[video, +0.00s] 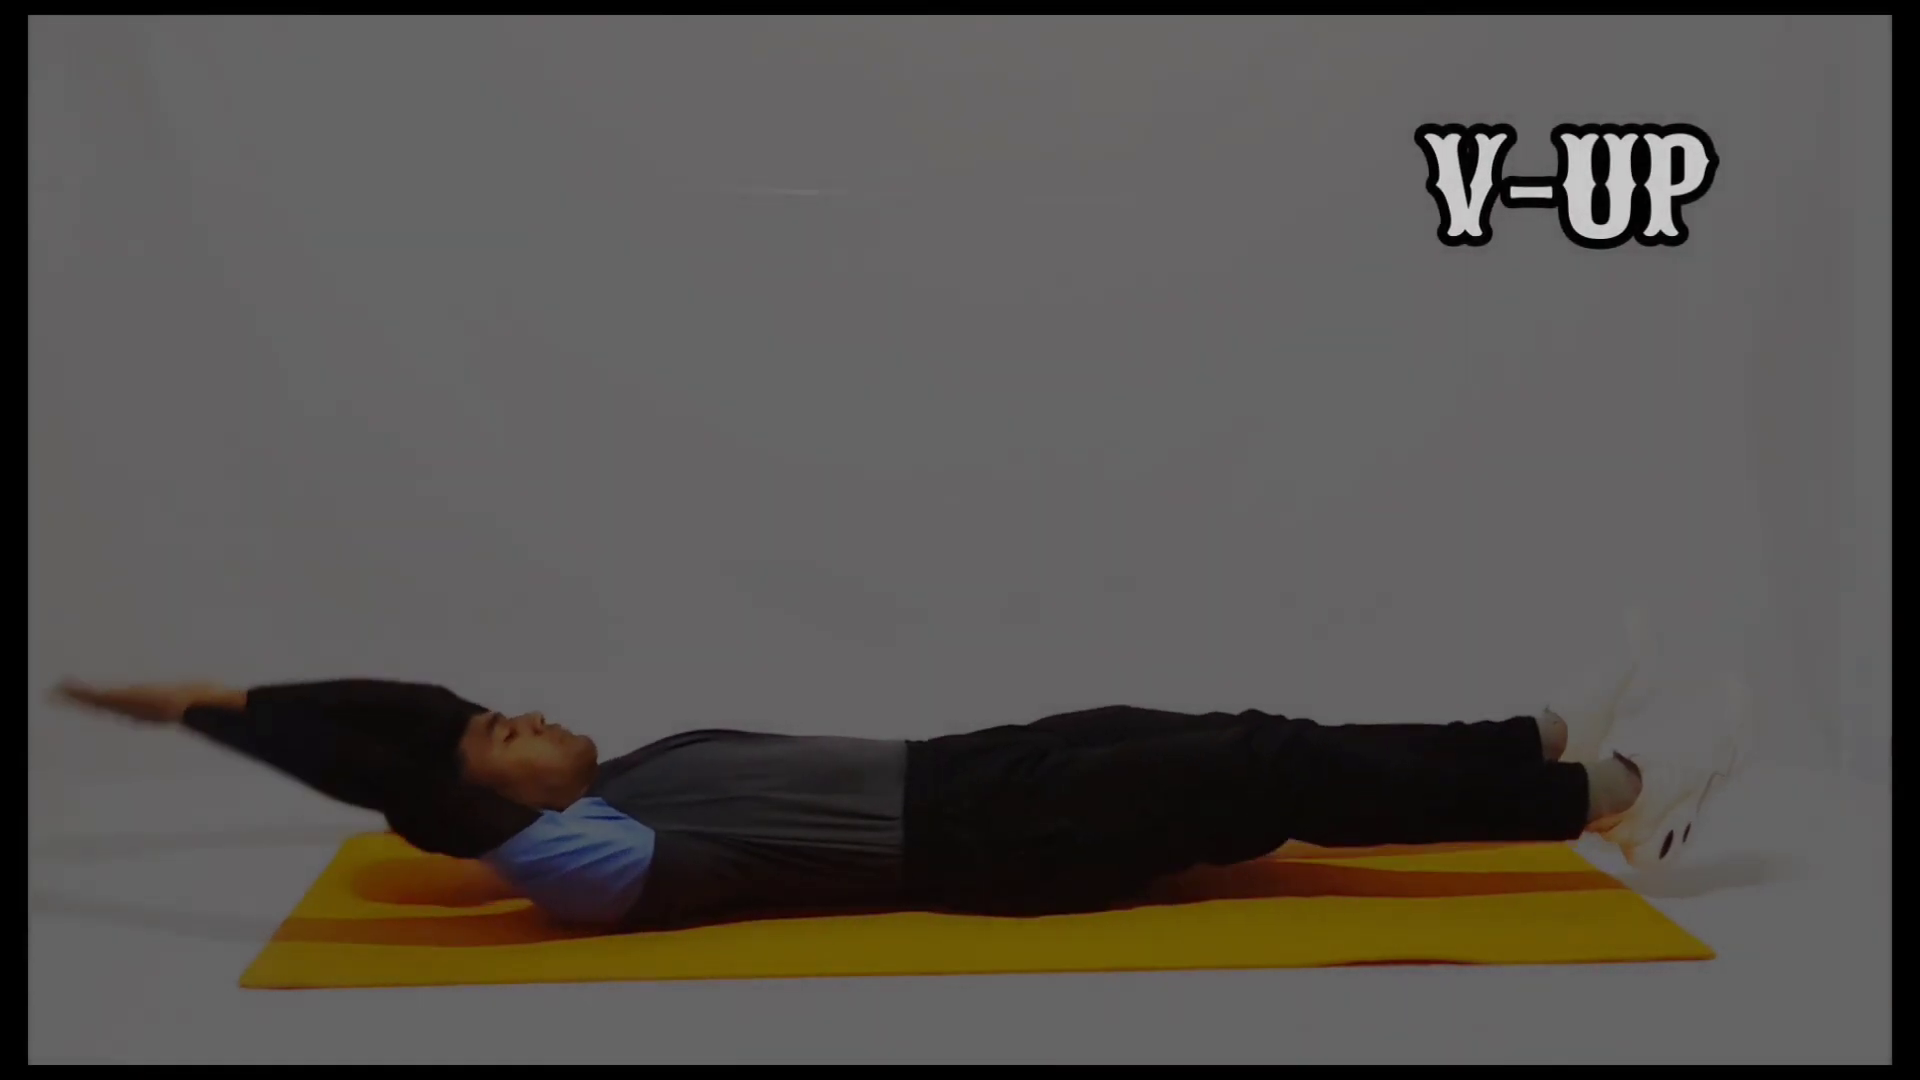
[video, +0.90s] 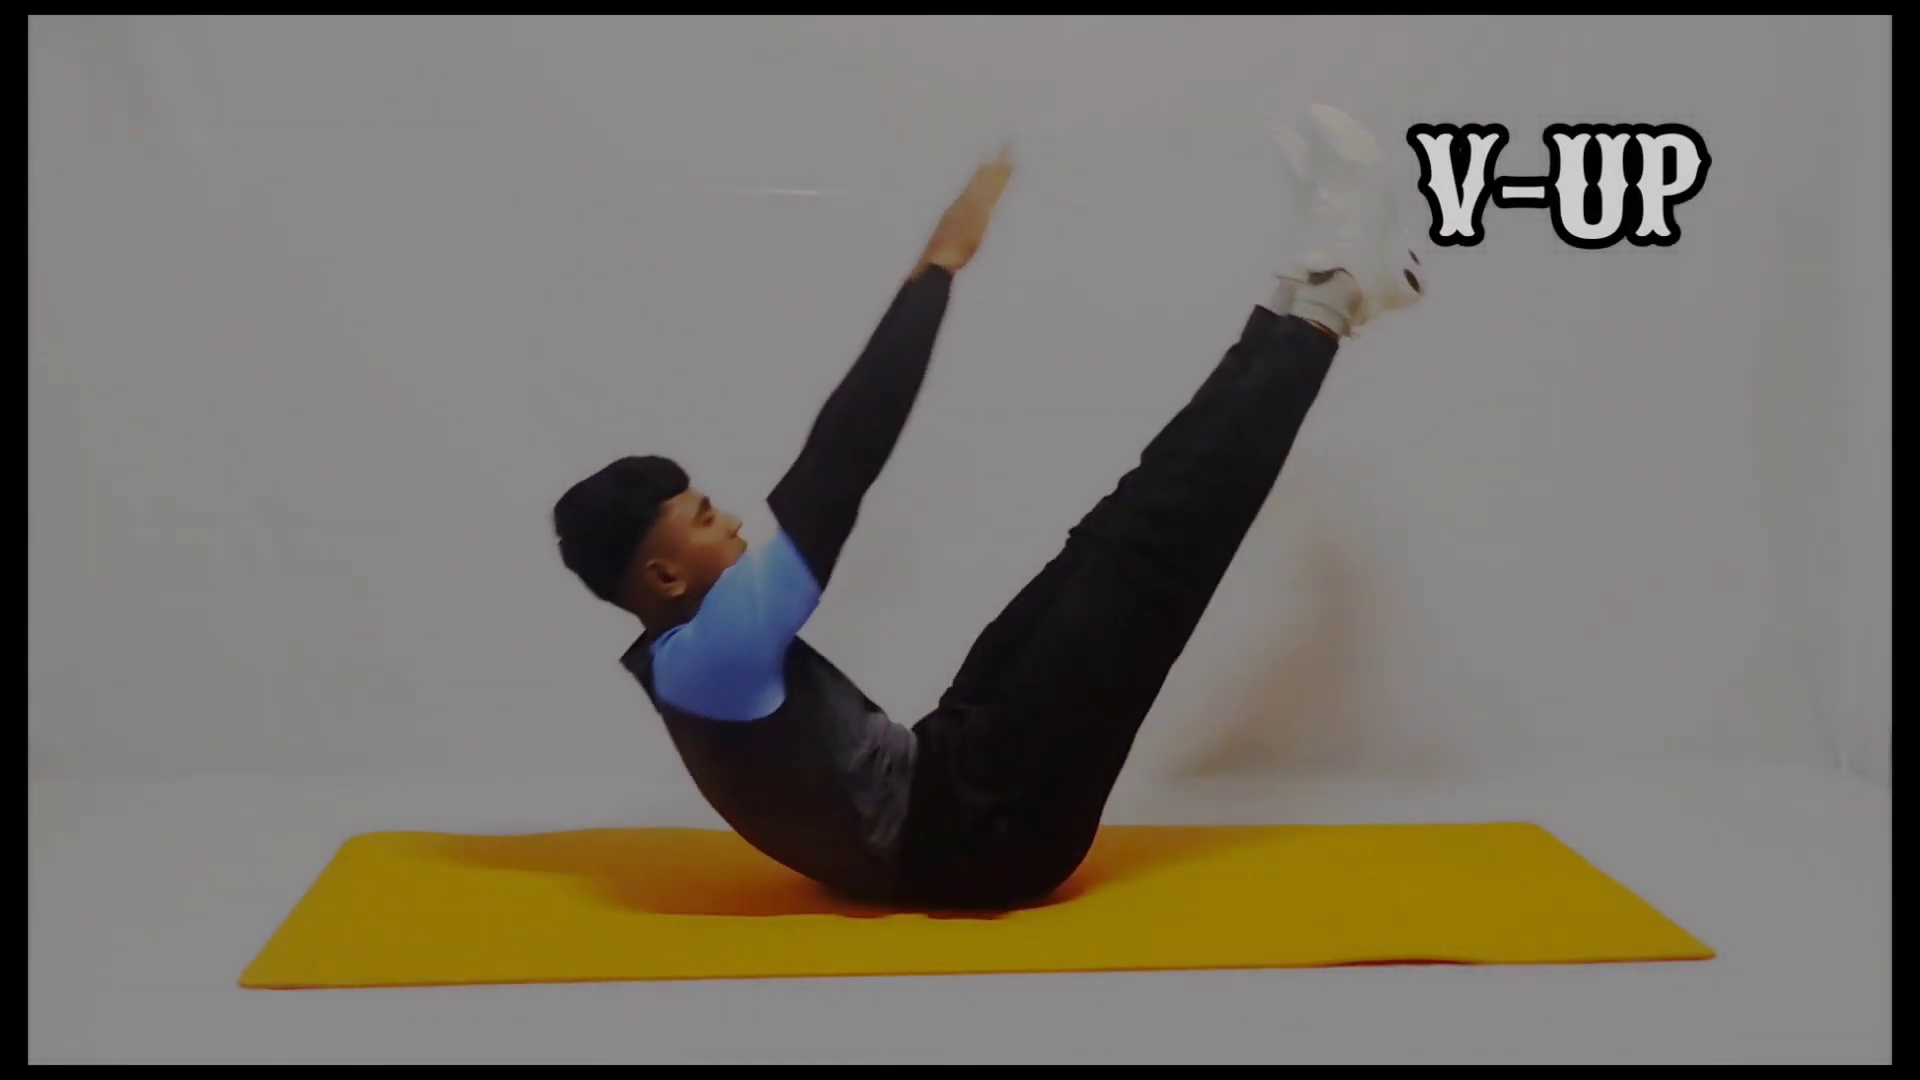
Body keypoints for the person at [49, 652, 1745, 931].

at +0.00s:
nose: (534, 741)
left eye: (515, 728)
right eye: (505, 754)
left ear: (532, 743)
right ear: (497, 811)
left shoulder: (621, 784)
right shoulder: (602, 852)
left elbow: (397, 741)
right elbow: (501, 850)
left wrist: (208, 704)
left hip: (977, 766)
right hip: (966, 829)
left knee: (1245, 737)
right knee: (1246, 773)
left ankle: (1535, 761)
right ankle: (1553, 784)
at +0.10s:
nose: (574, 686)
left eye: (556, 672)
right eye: (549, 681)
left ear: (525, 733)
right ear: (521, 738)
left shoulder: (607, 780)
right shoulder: (593, 829)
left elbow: (486, 648)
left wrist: (342, 533)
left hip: (970, 768)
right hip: (976, 820)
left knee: (1247, 722)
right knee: (1245, 743)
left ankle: (1549, 708)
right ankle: (1557, 722)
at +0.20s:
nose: (582, 664)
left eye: (566, 659)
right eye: (557, 668)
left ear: (539, 704)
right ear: (530, 711)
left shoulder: (625, 751)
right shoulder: (605, 793)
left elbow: (613, 565)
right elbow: (616, 571)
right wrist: (561, 407)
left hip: (958, 777)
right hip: (963, 828)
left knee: (1222, 678)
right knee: (1232, 716)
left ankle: (1521, 614)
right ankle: (1536, 634)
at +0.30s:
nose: (631, 622)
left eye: (615, 606)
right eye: (600, 623)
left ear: (600, 634)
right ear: (552, 683)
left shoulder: (652, 715)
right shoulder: (637, 743)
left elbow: (720, 544)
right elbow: (727, 555)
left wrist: (738, 370)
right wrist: (770, 365)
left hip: (963, 787)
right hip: (962, 831)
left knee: (1207, 639)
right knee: (1217, 663)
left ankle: (1489, 522)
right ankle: (1517, 541)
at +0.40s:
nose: (688, 561)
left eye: (673, 542)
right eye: (659, 560)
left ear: (671, 567)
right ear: (614, 613)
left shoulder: (699, 656)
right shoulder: (682, 689)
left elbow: (810, 511)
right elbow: (829, 523)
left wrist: (893, 352)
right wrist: (934, 352)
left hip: (960, 783)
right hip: (968, 842)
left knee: (1179, 589)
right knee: (1198, 616)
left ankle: (1417, 421)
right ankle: (1450, 437)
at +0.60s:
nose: (814, 471)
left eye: (793, 454)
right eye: (786, 467)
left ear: (748, 523)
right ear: (744, 522)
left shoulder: (776, 579)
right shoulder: (793, 591)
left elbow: (939, 442)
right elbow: (961, 441)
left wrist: (1064, 284)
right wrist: (1089, 281)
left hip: (964, 797)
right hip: (986, 840)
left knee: (1089, 531)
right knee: (1123, 548)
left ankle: (1261, 281)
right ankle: (1299, 296)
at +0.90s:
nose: (724, 518)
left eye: (705, 502)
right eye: (697, 518)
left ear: (667, 564)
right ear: (653, 578)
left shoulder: (697, 643)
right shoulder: (720, 643)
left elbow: (835, 463)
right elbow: (842, 460)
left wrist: (927, 273)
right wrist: (937, 266)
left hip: (950, 796)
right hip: (974, 839)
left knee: (1122, 540)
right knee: (1144, 557)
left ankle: (1299, 303)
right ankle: (1321, 308)